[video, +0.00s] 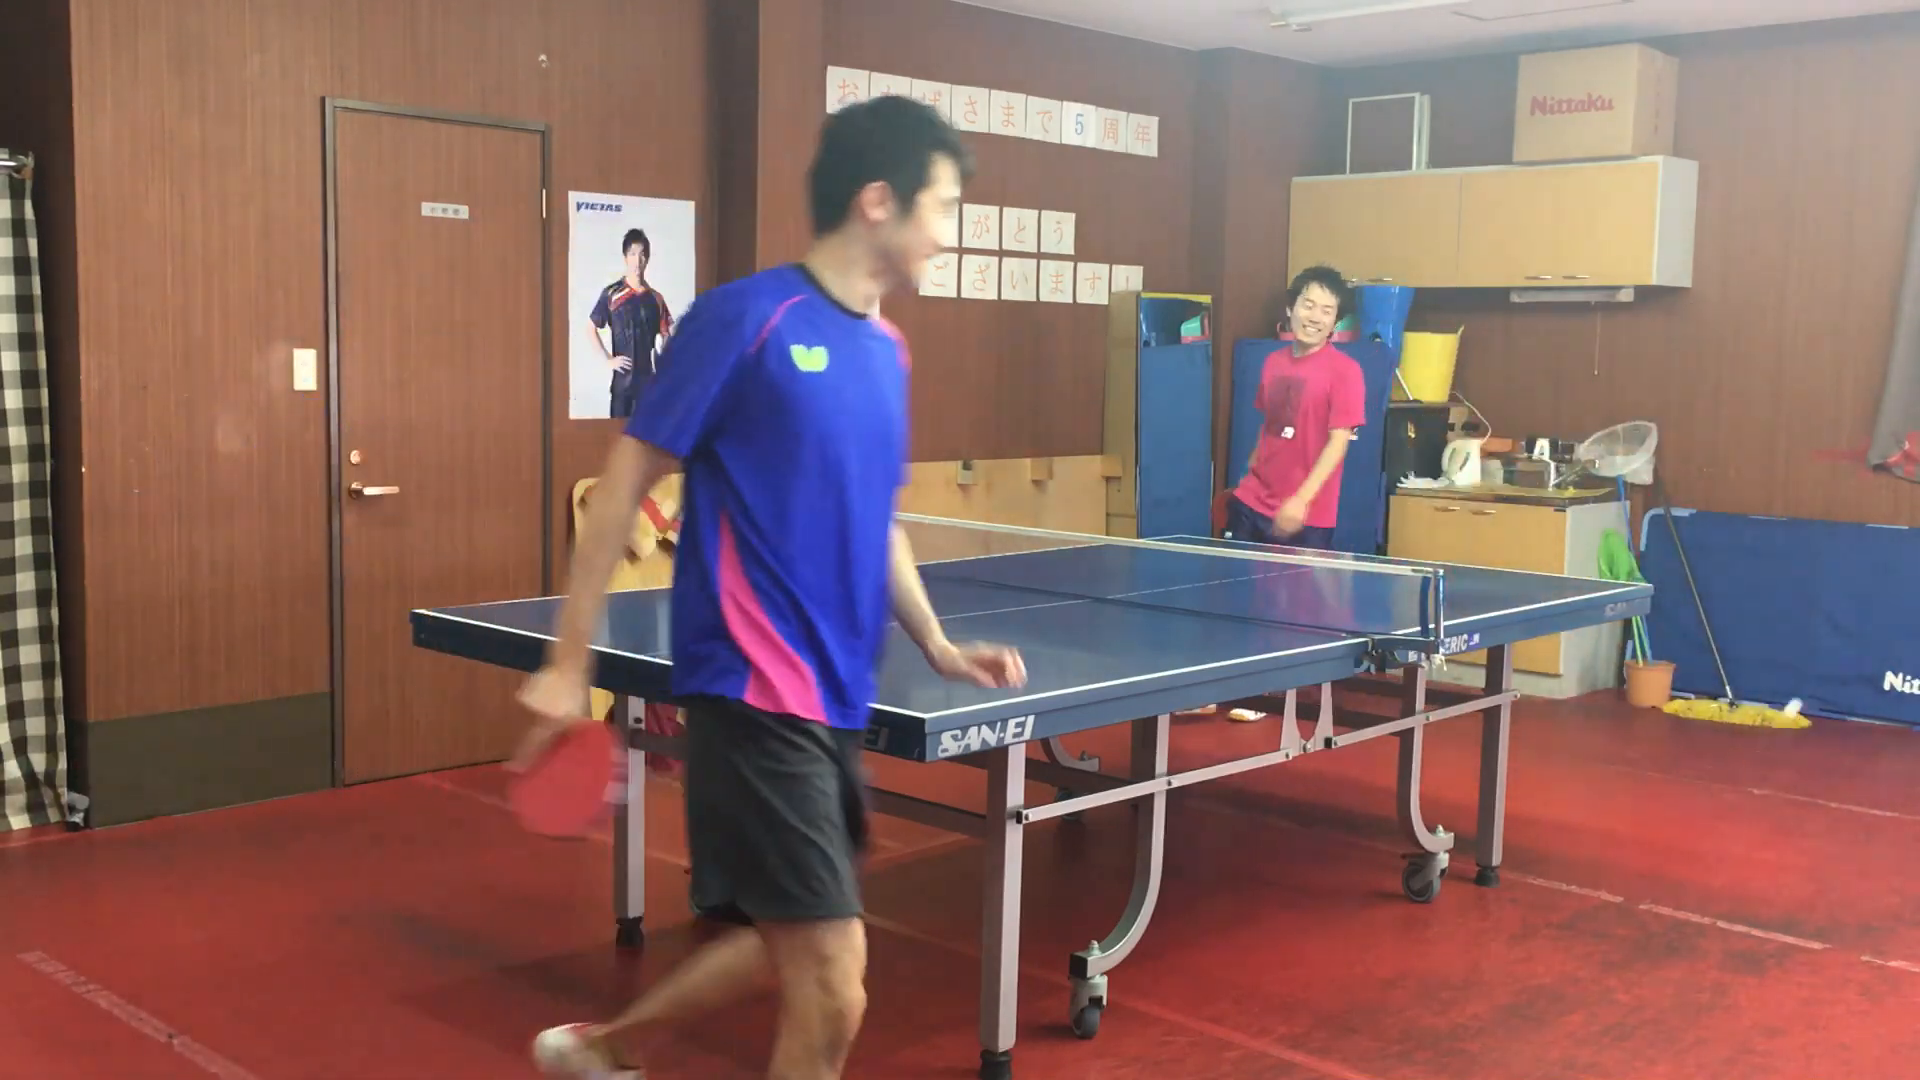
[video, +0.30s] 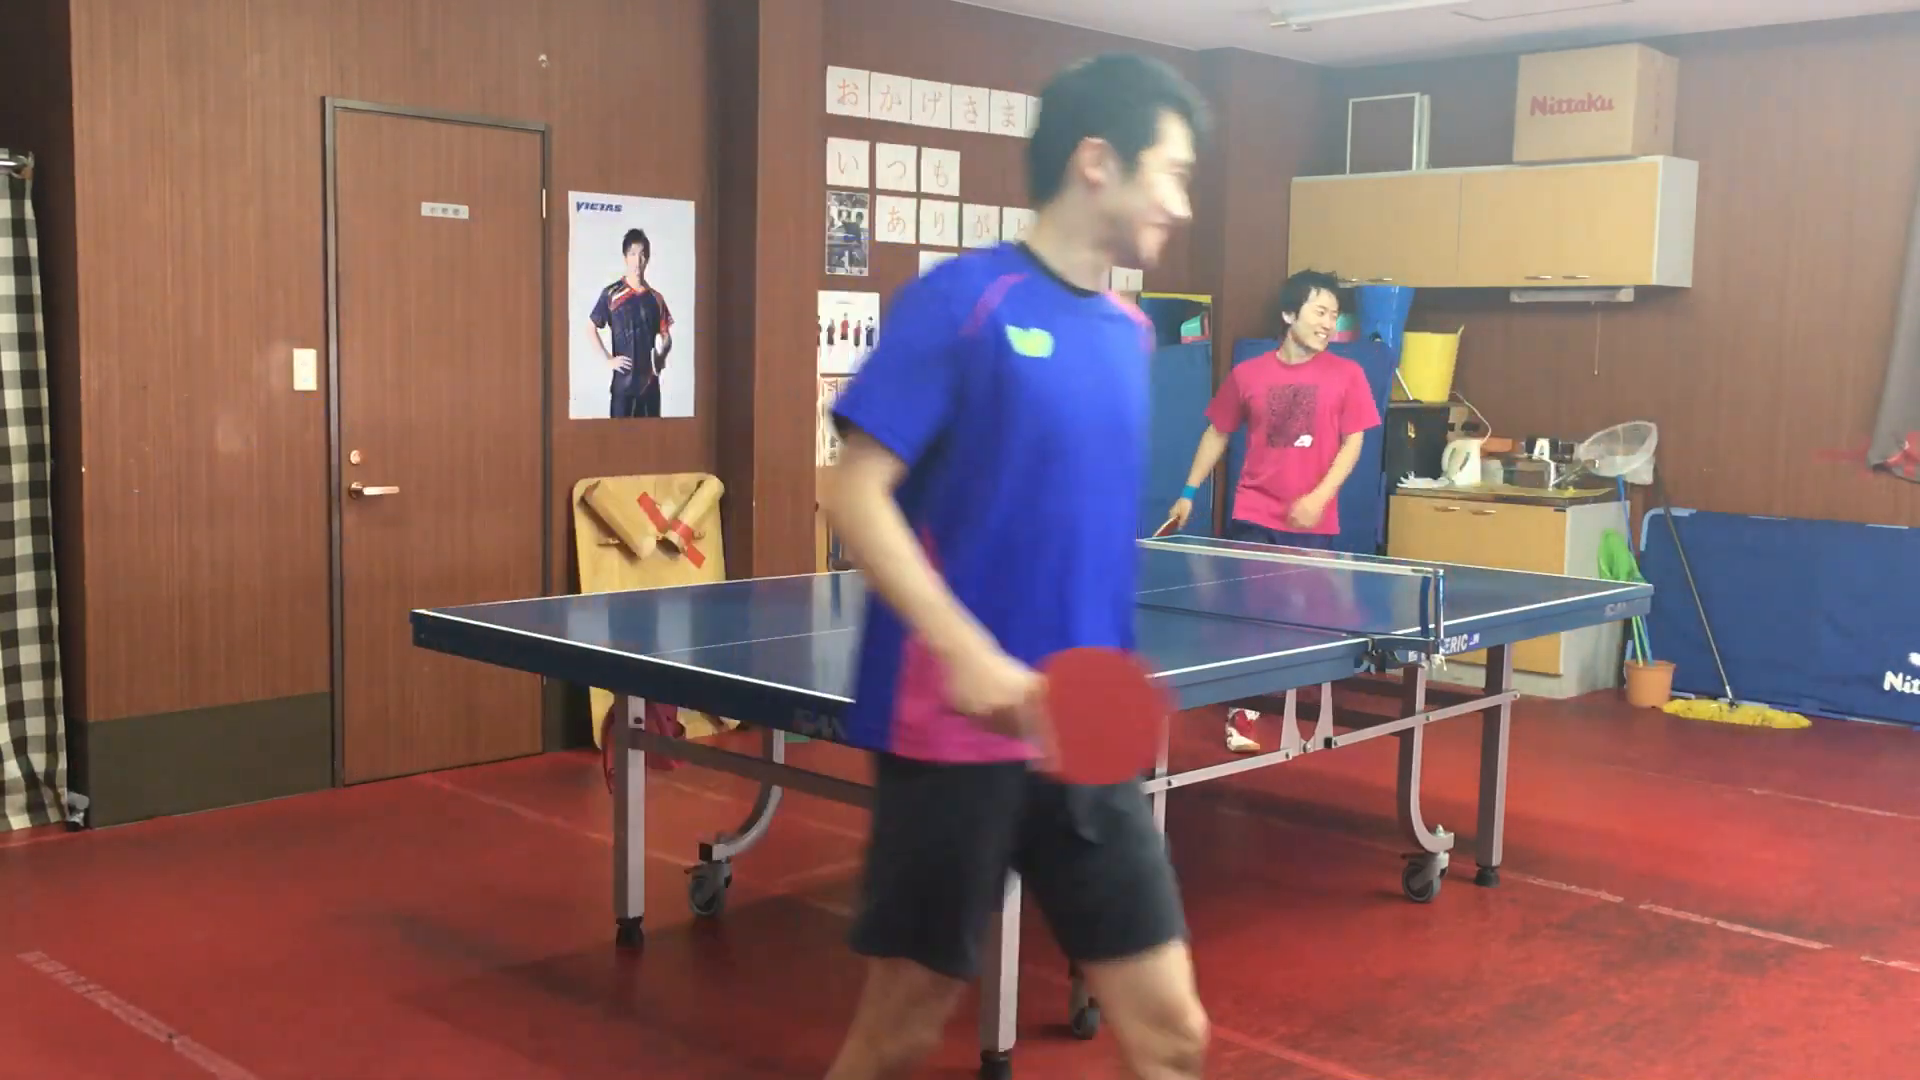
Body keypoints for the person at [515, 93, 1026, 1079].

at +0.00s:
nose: (948, 236)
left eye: (953, 212)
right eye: (943, 208)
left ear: (882, 208)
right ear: (875, 203)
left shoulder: (885, 352)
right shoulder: (744, 317)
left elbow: (874, 519)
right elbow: (623, 479)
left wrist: (939, 645)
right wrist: (568, 660)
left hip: (830, 702)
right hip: (750, 699)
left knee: (780, 940)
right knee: (831, 997)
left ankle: (598, 1047)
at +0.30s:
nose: (1182, 208)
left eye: (1186, 182)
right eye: (1171, 174)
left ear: (1106, 170)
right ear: (1093, 163)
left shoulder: (1130, 329)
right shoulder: (958, 300)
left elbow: (1082, 522)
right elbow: (850, 488)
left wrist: (1102, 687)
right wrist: (966, 652)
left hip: (1088, 740)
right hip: (953, 740)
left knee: (1172, 1035)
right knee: (900, 1027)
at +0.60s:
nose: (1458, 193)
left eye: (1461, 167)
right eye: (1452, 162)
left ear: (1389, 160)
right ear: (1383, 153)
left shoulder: (1381, 319)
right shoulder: (1246, 309)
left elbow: (1413, 516)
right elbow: (1152, 527)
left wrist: (1512, 698)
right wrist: (1335, 675)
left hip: (1381, 753)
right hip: (1292, 765)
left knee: (1364, 1053)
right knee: (1426, 1057)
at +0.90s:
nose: (1714, 186)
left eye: (1713, 158)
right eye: (1711, 155)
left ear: (1557, 158)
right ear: (1669, 155)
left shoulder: (1542, 300)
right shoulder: (1604, 311)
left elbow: (1589, 516)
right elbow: (1575, 554)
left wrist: (1751, 567)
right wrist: (1788, 646)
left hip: (1521, 762)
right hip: (1613, 779)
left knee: (1514, 1038)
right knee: (1702, 1056)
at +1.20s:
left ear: (1797, 144)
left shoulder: (1715, 310)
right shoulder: (1904, 297)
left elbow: (1648, 530)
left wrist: (1781, 535)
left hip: (1733, 780)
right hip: (1881, 795)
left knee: (1850, 1043)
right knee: (1846, 1063)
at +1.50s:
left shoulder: (1875, 332)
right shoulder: (1871, 333)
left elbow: (1786, 535)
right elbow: (1787, 534)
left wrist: (1875, 611)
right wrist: (1877, 612)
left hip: (1893, 724)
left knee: (1917, 996)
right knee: (1912, 993)